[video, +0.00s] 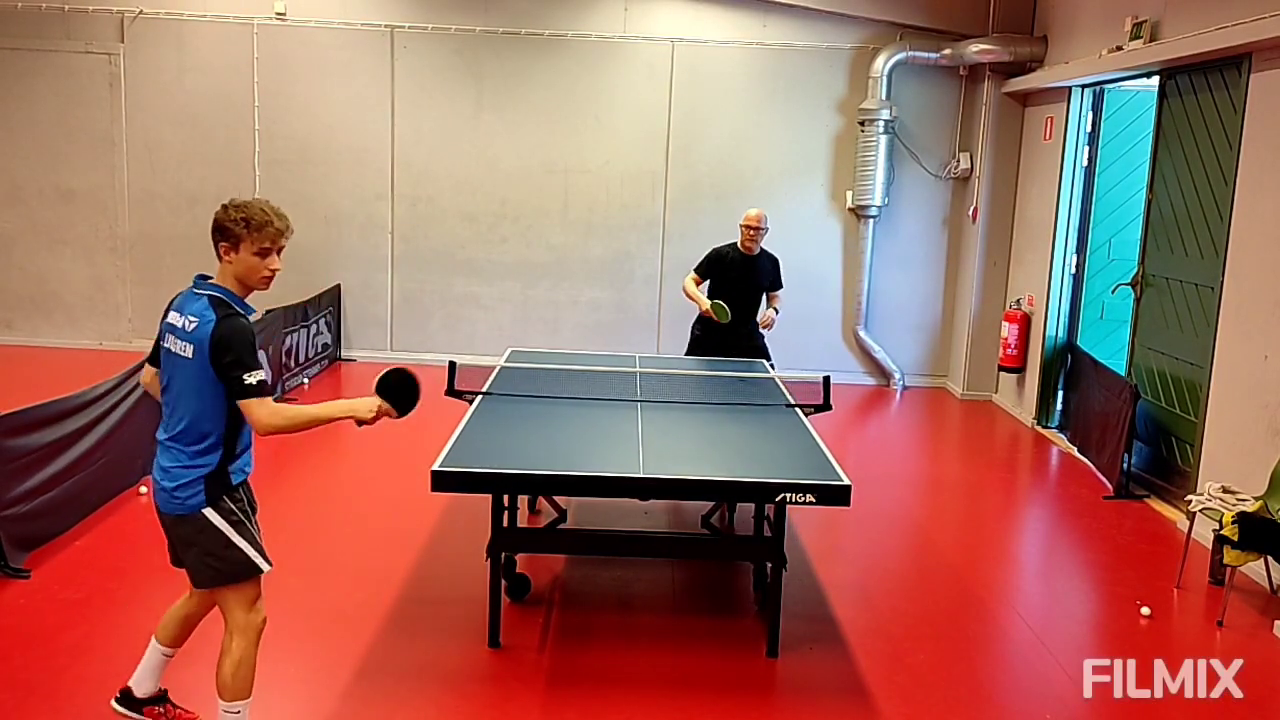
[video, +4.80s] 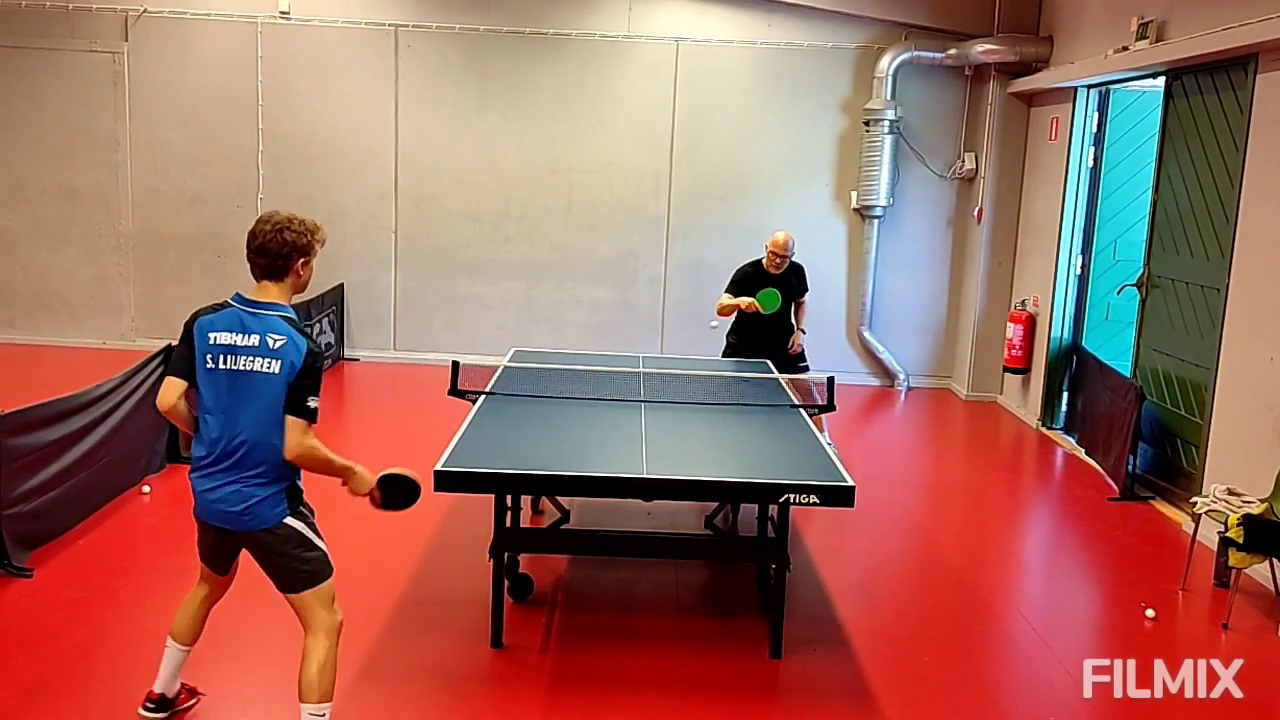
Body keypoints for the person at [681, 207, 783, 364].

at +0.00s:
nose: (751, 233)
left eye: (757, 229)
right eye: (747, 228)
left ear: (765, 232)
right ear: (740, 227)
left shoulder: (770, 263)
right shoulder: (719, 255)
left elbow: (774, 297)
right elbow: (689, 283)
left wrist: (773, 310)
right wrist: (702, 301)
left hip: (746, 335)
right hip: (710, 333)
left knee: (768, 383)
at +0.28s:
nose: (768, 236)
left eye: (773, 232)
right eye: (763, 230)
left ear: (781, 235)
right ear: (755, 230)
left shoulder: (784, 265)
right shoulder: (735, 257)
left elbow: (784, 298)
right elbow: (709, 289)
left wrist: (787, 314)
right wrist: (730, 308)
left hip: (763, 338)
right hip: (726, 335)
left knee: (783, 386)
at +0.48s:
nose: (786, 225)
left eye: (791, 221)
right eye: (782, 220)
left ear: (799, 224)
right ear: (774, 220)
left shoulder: (805, 255)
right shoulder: (754, 249)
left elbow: (812, 287)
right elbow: (729, 282)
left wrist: (811, 306)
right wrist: (750, 298)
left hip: (781, 331)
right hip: (746, 327)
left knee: (790, 385)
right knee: (725, 378)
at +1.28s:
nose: (765, 226)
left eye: (770, 222)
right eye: (761, 221)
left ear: (783, 221)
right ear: (755, 221)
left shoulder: (796, 251)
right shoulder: (743, 247)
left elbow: (809, 287)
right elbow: (719, 277)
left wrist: (799, 317)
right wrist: (727, 283)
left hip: (776, 331)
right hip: (741, 329)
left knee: (783, 385)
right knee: (729, 382)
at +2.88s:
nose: (748, 240)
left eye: (755, 236)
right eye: (744, 234)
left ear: (765, 238)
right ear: (738, 234)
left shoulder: (774, 263)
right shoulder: (721, 261)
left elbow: (782, 297)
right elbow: (692, 291)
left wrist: (773, 318)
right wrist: (702, 303)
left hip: (758, 343)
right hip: (720, 342)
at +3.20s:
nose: (745, 255)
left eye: (752, 251)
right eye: (741, 248)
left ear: (761, 250)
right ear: (734, 245)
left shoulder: (769, 267)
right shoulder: (717, 269)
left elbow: (778, 299)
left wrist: (772, 326)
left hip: (758, 352)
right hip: (717, 351)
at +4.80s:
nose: (778, 261)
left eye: (784, 257)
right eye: (774, 255)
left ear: (791, 255)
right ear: (766, 248)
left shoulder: (796, 272)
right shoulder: (747, 272)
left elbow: (801, 302)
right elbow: (721, 309)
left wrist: (800, 331)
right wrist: (738, 302)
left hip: (781, 345)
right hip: (744, 345)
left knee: (806, 392)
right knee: (727, 394)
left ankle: (824, 443)